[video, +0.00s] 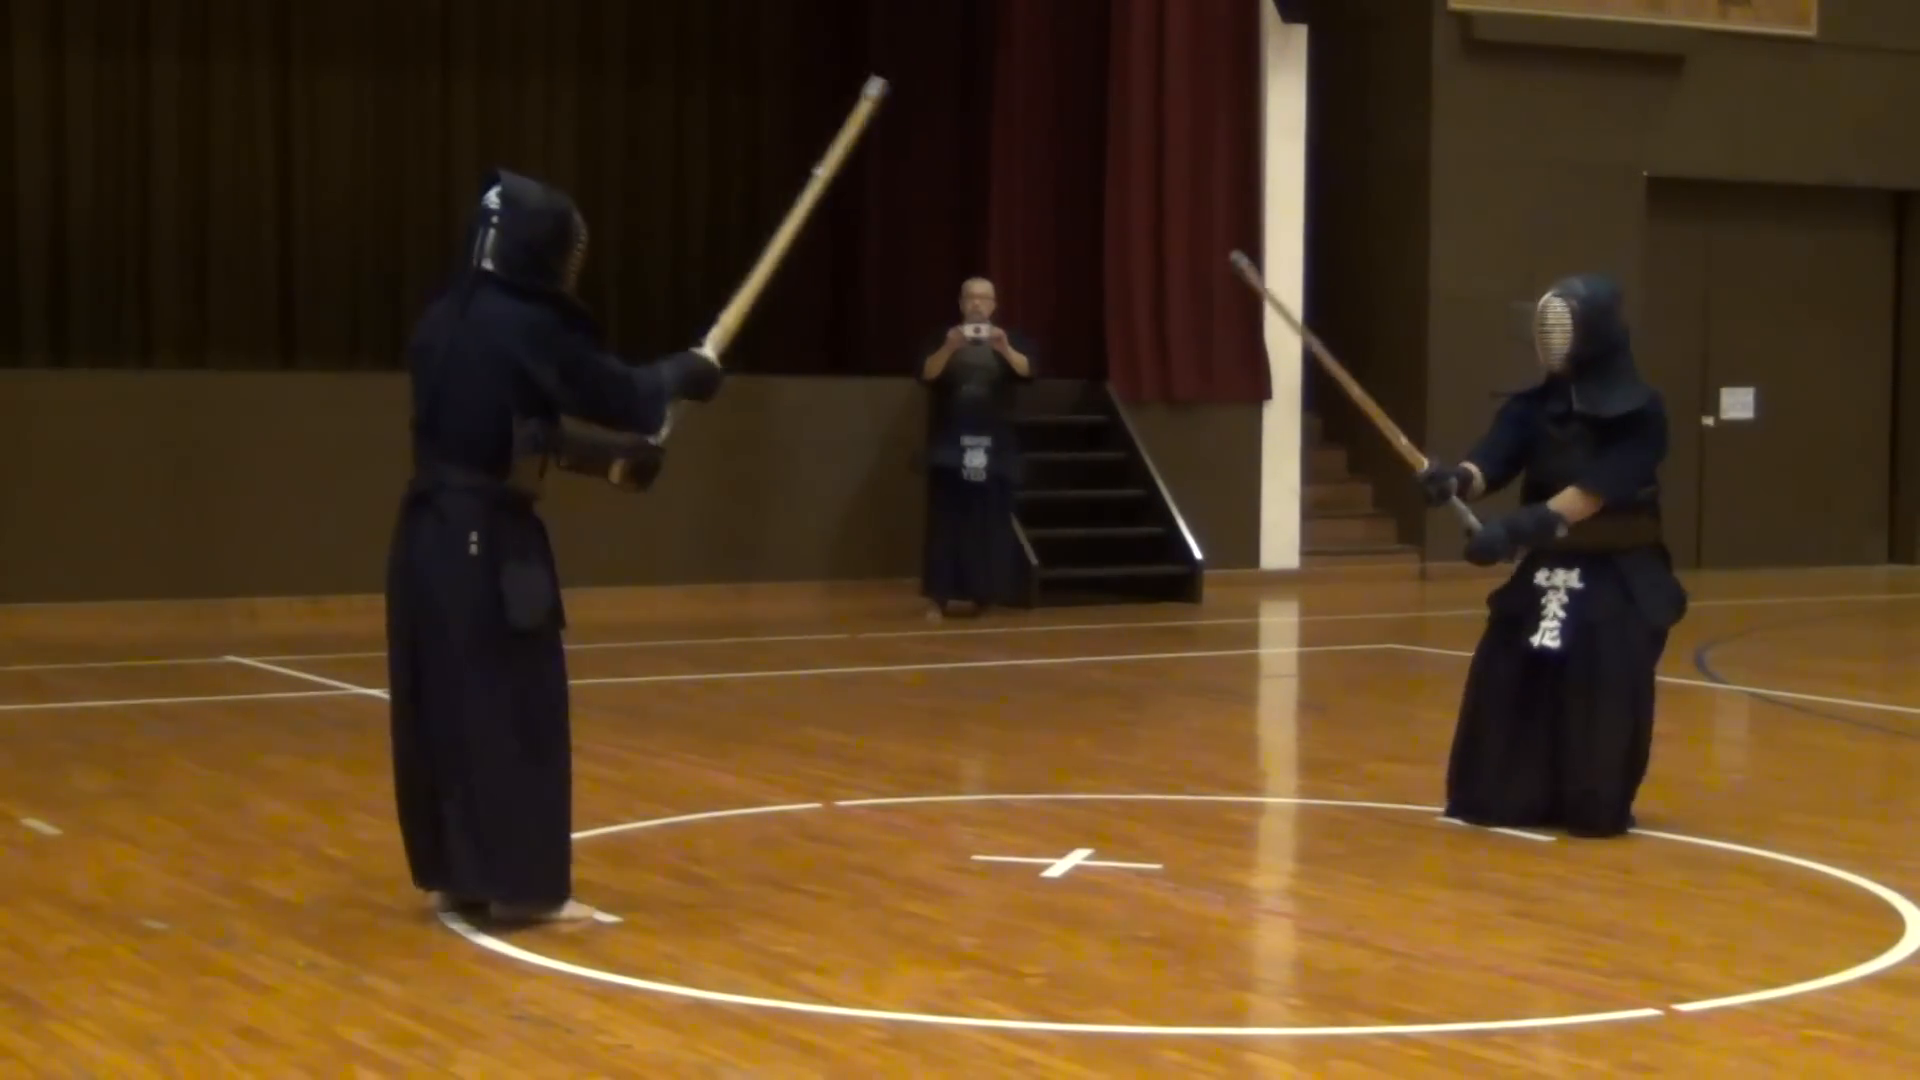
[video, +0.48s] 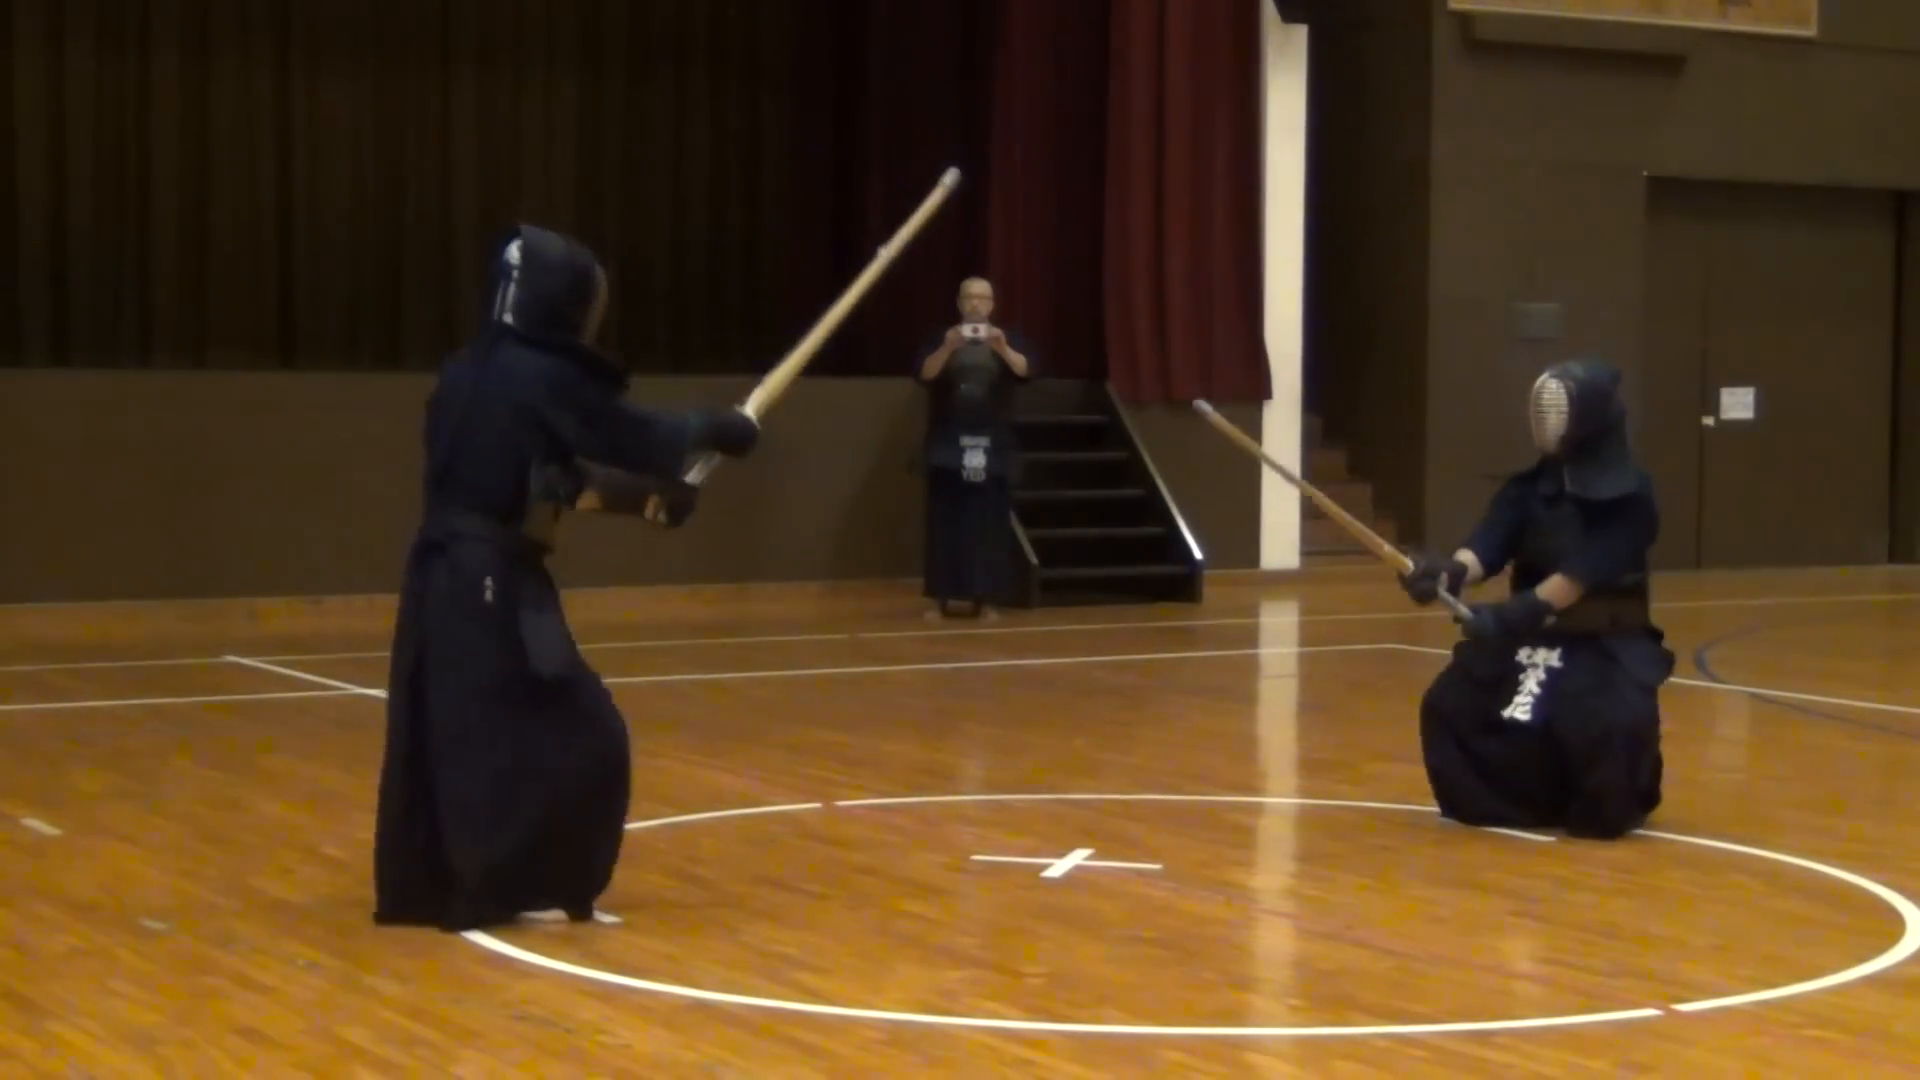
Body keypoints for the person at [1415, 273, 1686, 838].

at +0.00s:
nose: (1548, 339)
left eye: (1561, 328)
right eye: (1544, 327)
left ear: (1595, 332)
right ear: (1542, 330)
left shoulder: (1637, 408)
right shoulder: (1535, 404)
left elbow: (1601, 487)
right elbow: (1494, 460)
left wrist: (1521, 527)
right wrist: (1461, 478)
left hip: (1620, 569)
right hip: (1547, 564)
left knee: (1600, 675)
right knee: (1503, 665)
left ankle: (1595, 806)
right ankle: (1498, 796)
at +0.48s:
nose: (1544, 420)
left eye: (1556, 409)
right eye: (1540, 408)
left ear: (1591, 415)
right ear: (1534, 412)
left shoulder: (1625, 494)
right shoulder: (1527, 488)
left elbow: (1584, 573)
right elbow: (1491, 543)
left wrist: (1511, 615)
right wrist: (1452, 571)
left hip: (1607, 642)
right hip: (1525, 635)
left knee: (1604, 721)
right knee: (1449, 706)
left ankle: (1604, 811)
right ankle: (1493, 805)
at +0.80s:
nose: (1549, 457)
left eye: (1563, 445)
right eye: (1547, 444)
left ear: (1598, 454)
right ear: (1541, 448)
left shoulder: (1631, 534)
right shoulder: (1529, 524)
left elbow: (1587, 619)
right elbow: (1498, 584)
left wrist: (1507, 660)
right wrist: (1456, 618)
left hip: (1603, 679)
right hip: (1529, 669)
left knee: (1614, 744)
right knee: (1436, 711)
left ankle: (1604, 808)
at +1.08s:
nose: (1549, 472)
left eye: (1563, 461)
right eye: (1547, 459)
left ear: (1597, 468)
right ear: (1541, 462)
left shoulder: (1629, 548)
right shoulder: (1530, 537)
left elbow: (1587, 642)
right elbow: (1497, 602)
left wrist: (1510, 680)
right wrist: (1463, 637)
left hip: (1599, 697)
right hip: (1525, 682)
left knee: (1618, 750)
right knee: (1430, 715)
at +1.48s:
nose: (1559, 471)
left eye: (1572, 459)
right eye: (1556, 459)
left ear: (1606, 467)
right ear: (1549, 462)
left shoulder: (1642, 548)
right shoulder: (1538, 537)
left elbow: (1602, 641)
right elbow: (1508, 604)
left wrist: (1528, 683)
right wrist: (1474, 642)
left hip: (1610, 699)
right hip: (1534, 685)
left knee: (1626, 750)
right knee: (1441, 717)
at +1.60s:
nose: (1559, 472)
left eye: (1572, 460)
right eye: (1556, 460)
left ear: (1607, 467)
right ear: (1549, 463)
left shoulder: (1643, 549)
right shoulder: (1539, 537)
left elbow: (1603, 642)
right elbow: (1509, 604)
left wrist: (1528, 686)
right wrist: (1475, 643)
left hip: (1608, 699)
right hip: (1532, 687)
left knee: (1626, 752)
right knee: (1441, 717)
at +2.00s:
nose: (1560, 473)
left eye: (1574, 461)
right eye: (1557, 461)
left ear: (1607, 469)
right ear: (1550, 464)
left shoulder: (1643, 551)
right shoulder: (1538, 540)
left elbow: (1599, 647)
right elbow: (1506, 609)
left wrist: (1528, 686)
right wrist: (1471, 650)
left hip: (1609, 699)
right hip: (1532, 685)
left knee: (1628, 752)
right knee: (1440, 718)